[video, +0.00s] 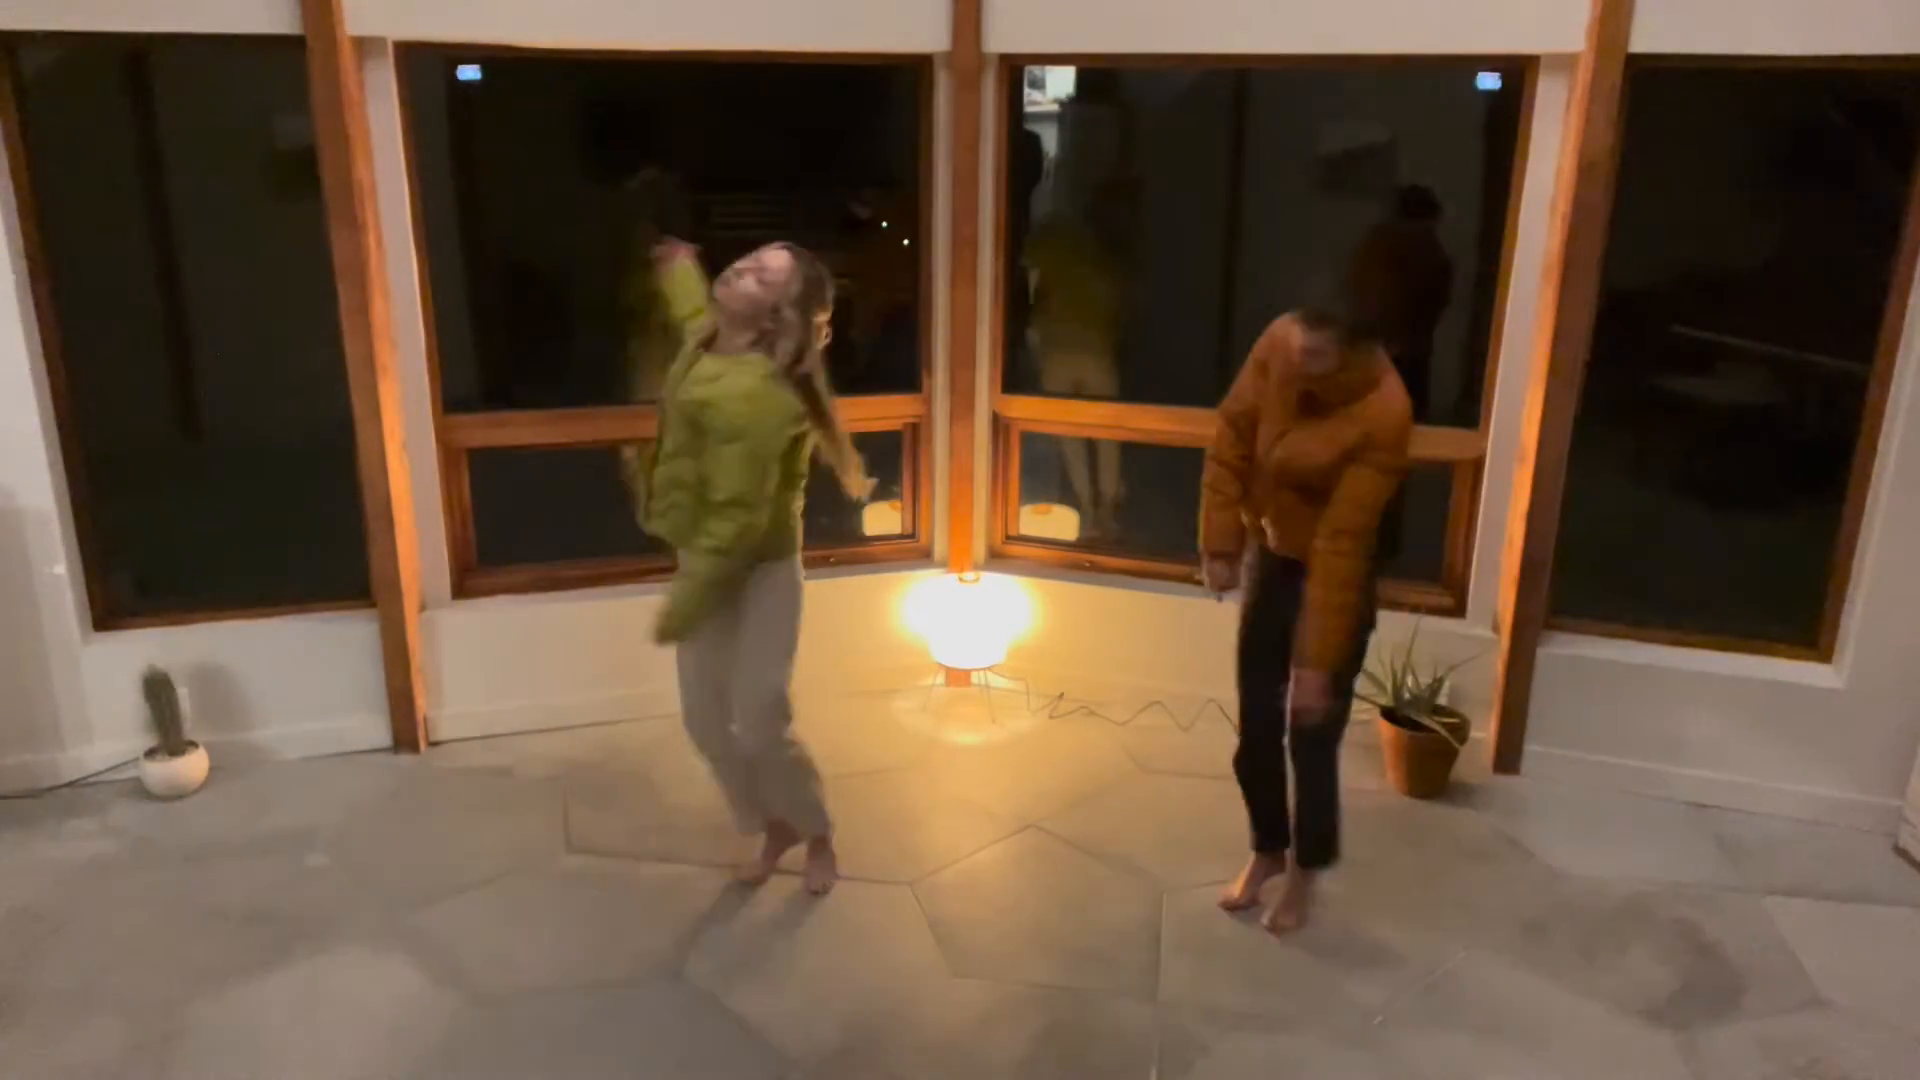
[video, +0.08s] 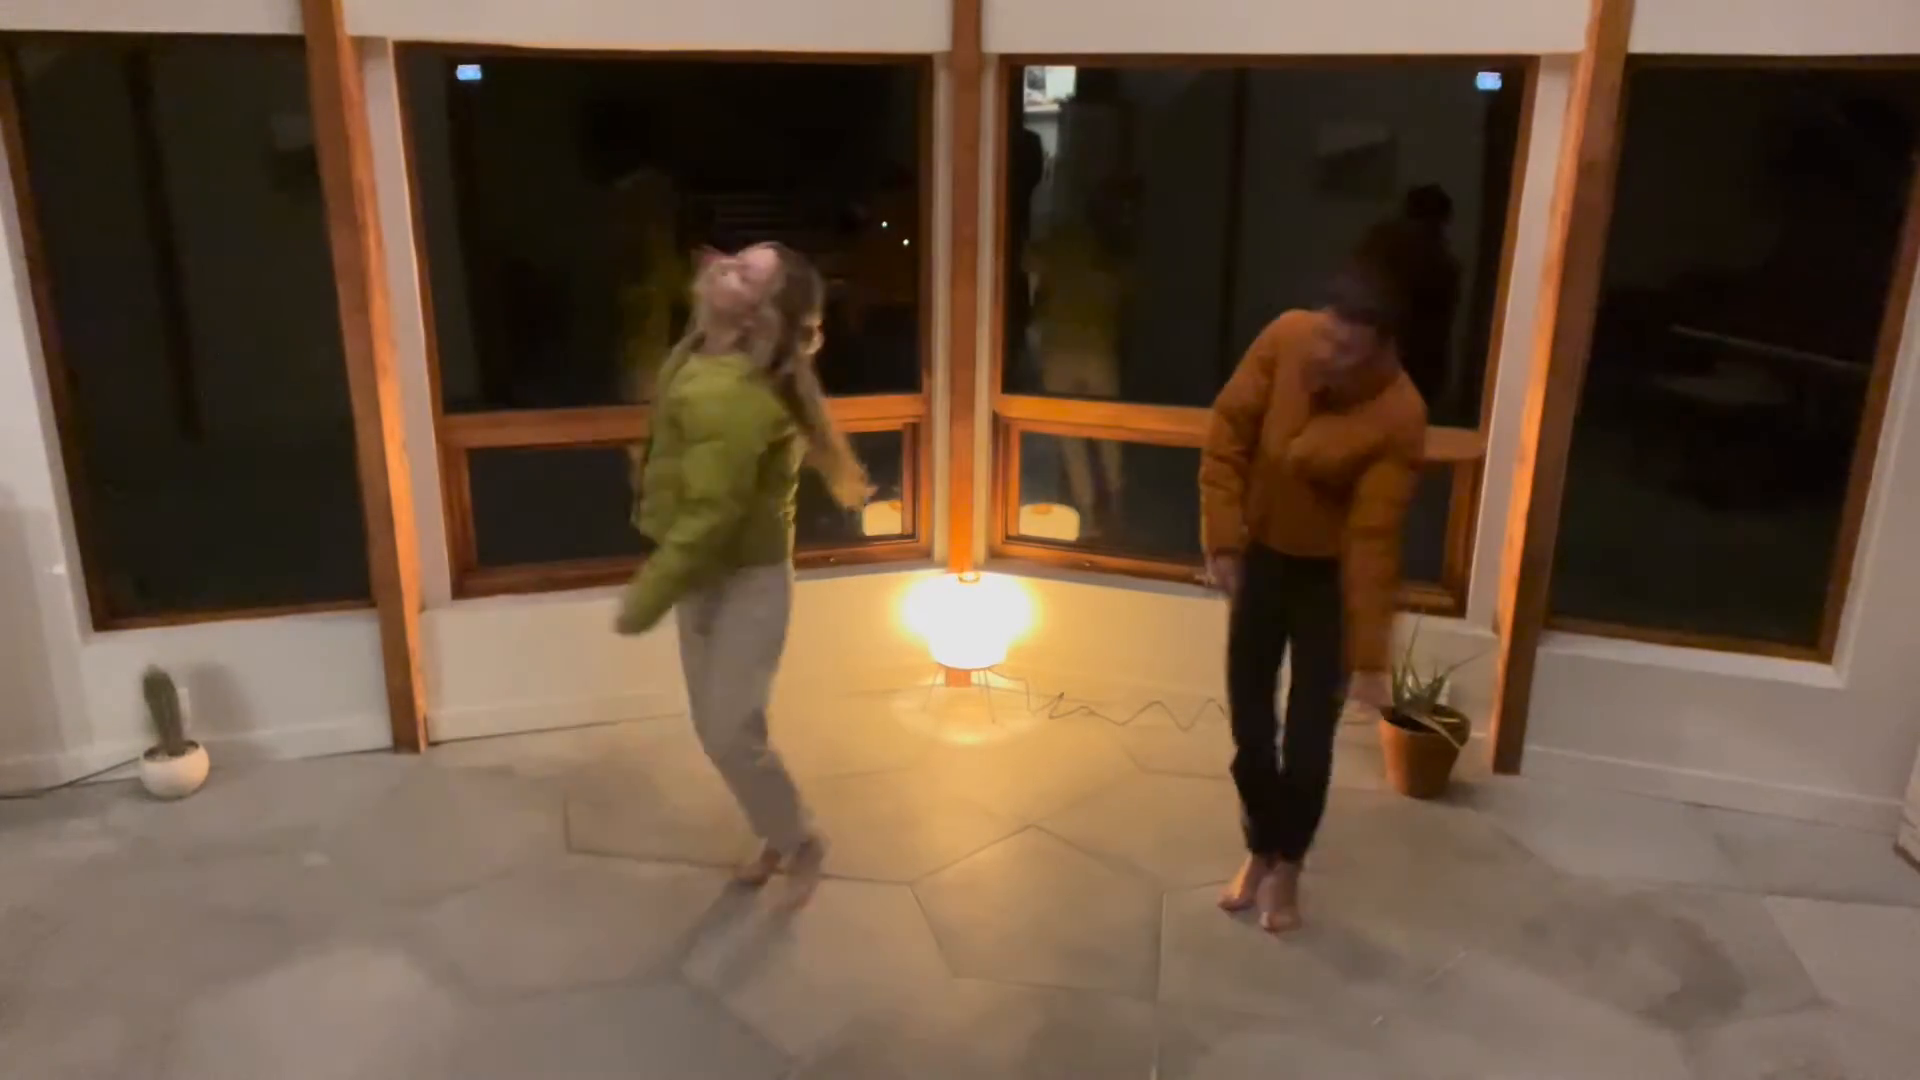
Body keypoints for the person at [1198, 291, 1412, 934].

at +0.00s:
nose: (1302, 357)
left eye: (1320, 352)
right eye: (1302, 342)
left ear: (1357, 351)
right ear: (1297, 329)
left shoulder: (1385, 412)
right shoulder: (1281, 343)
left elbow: (1345, 541)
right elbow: (1231, 433)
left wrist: (1317, 659)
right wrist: (1220, 539)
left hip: (1337, 577)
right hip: (1274, 562)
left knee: (1311, 731)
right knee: (1257, 724)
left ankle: (1303, 871)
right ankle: (1266, 853)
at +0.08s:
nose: (1331, 355)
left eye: (1349, 347)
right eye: (1329, 337)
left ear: (1383, 350)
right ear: (1321, 320)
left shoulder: (1399, 415)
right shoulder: (1287, 337)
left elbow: (1374, 538)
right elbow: (1226, 431)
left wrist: (1369, 657)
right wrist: (1222, 540)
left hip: (1332, 574)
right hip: (1260, 561)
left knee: (1309, 725)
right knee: (1248, 714)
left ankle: (1286, 864)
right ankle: (1261, 848)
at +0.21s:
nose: (1374, 340)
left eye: (1393, 332)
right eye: (1369, 319)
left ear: (1409, 335)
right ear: (1345, 301)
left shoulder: (1406, 404)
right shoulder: (1292, 335)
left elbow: (1421, 521)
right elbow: (1227, 430)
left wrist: (1463, 628)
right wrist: (1250, 537)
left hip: (1331, 567)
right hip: (1255, 554)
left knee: (1316, 733)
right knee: (1239, 725)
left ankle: (1294, 882)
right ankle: (1219, 850)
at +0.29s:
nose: (1400, 333)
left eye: (1412, 323)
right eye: (1393, 314)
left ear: (1416, 329)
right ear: (1355, 300)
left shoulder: (1394, 399)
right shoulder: (1296, 338)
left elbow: (1426, 513)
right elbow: (1242, 445)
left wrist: (1496, 604)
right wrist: (1285, 541)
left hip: (1327, 564)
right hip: (1257, 551)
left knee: (1309, 724)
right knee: (1241, 722)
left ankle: (1285, 852)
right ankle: (1214, 845)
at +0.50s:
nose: (1399, 323)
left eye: (1408, 312)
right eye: (1395, 305)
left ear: (1371, 301)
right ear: (1360, 294)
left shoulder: (1339, 349)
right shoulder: (1322, 345)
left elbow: (1357, 450)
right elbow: (1307, 460)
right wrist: (1368, 537)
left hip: (1304, 568)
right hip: (1289, 571)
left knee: (1295, 730)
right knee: (1325, 751)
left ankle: (1255, 845)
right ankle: (1235, 852)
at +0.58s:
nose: (1397, 315)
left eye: (1402, 302)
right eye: (1393, 299)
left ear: (1360, 286)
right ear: (1359, 286)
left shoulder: (1316, 331)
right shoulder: (1342, 334)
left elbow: (1266, 430)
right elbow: (1340, 444)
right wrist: (1389, 520)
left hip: (1282, 563)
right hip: (1301, 571)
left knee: (1287, 728)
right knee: (1324, 742)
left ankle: (1254, 856)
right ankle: (1259, 877)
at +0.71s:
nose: (1276, 317)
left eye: (1278, 306)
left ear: (1285, 302)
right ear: (1342, 286)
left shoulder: (1269, 364)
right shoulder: (1372, 340)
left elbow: (1243, 459)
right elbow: (1405, 441)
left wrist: (1190, 510)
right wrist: (1430, 513)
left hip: (1270, 563)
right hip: (1332, 571)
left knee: (1268, 714)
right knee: (1313, 735)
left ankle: (1236, 852)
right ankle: (1258, 887)